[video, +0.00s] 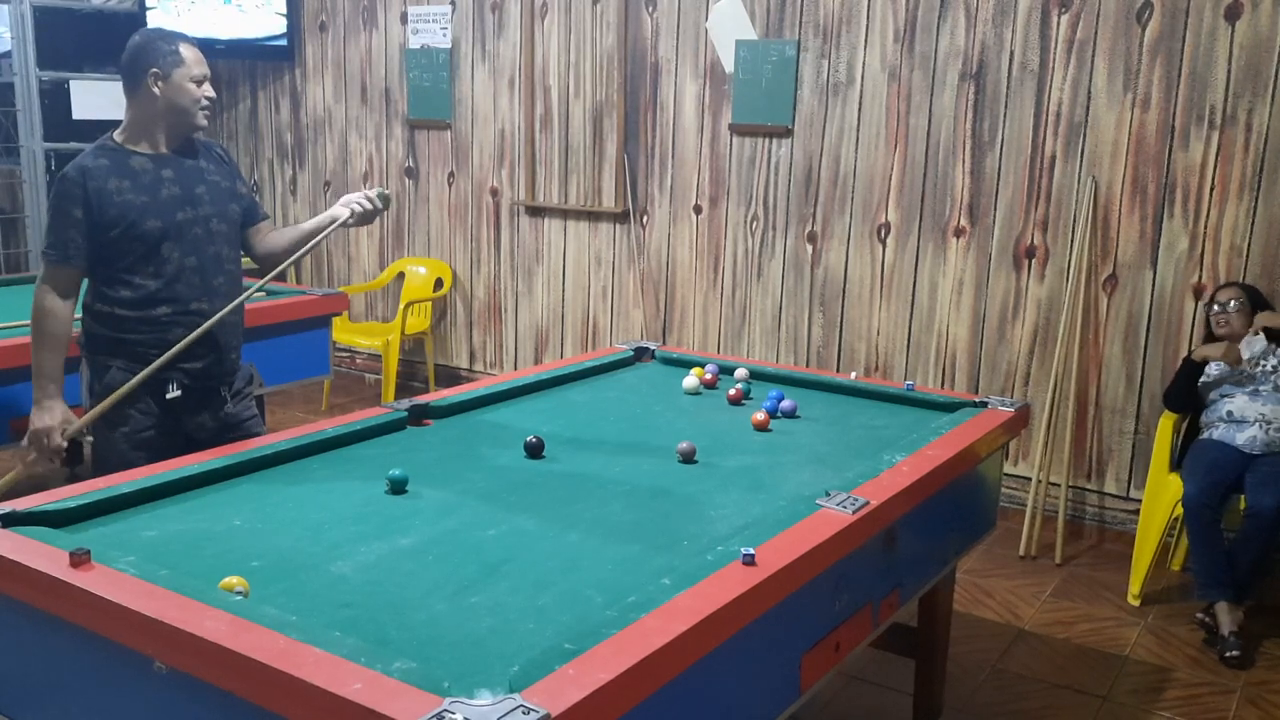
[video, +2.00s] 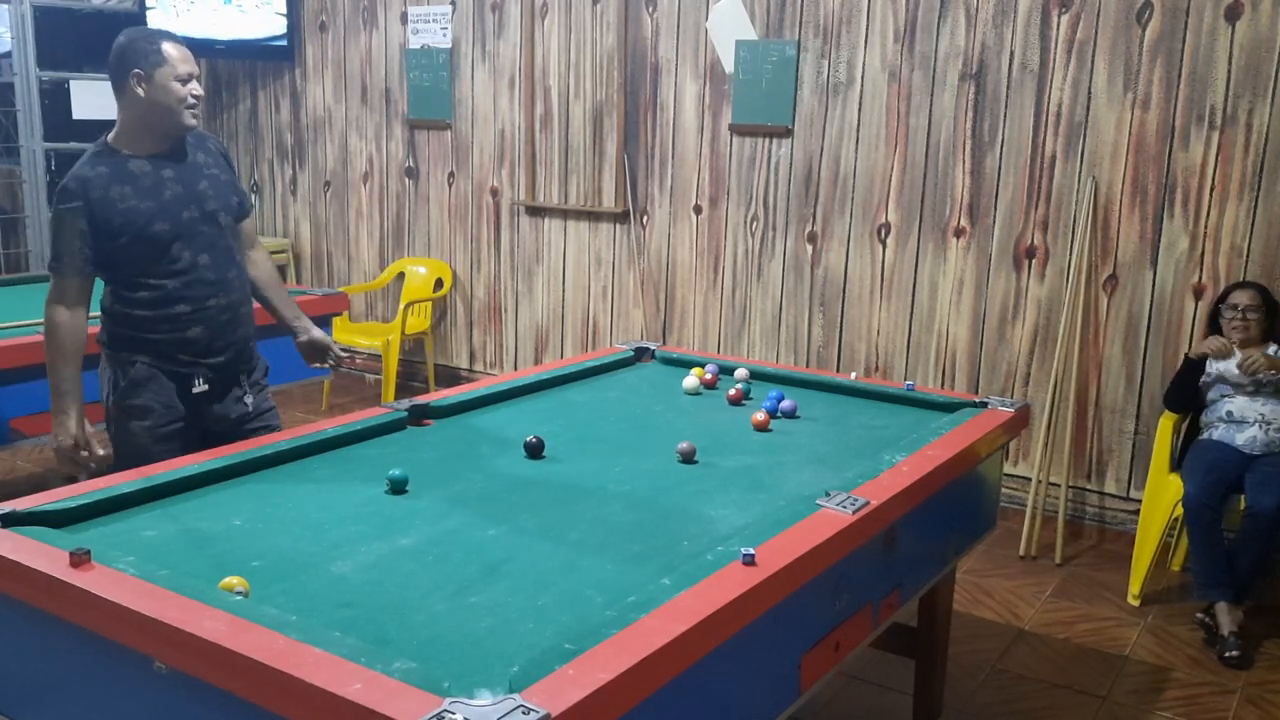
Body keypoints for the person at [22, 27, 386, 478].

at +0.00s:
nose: (212, 94)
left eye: (210, 83)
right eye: (200, 82)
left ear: (160, 84)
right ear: (156, 83)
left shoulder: (215, 160)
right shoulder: (87, 177)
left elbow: (265, 249)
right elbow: (56, 291)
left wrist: (335, 215)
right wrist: (47, 401)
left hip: (226, 386)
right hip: (132, 398)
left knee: (251, 534)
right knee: (141, 547)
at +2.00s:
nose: (198, 93)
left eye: (198, 81)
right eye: (184, 80)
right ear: (138, 84)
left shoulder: (210, 154)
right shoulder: (87, 185)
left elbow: (250, 251)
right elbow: (67, 303)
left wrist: (303, 328)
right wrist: (67, 416)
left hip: (239, 376)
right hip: (149, 388)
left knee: (274, 518)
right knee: (163, 531)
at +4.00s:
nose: (318, 95)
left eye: (329, 87)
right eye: (304, 83)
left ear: (337, 96)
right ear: (275, 87)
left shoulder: (345, 153)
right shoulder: (246, 149)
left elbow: (384, 112)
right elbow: (214, 148)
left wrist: (436, 68)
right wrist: (204, 102)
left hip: (334, 351)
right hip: (261, 352)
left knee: (334, 485)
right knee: (267, 488)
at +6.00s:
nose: (150, 81)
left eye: (160, 69)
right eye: (133, 69)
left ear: (175, 80)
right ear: (96, 78)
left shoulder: (201, 158)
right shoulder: (72, 176)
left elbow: (244, 259)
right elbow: (59, 296)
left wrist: (283, 345)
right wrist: (50, 406)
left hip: (225, 377)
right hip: (134, 387)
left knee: (258, 521)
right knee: (154, 535)